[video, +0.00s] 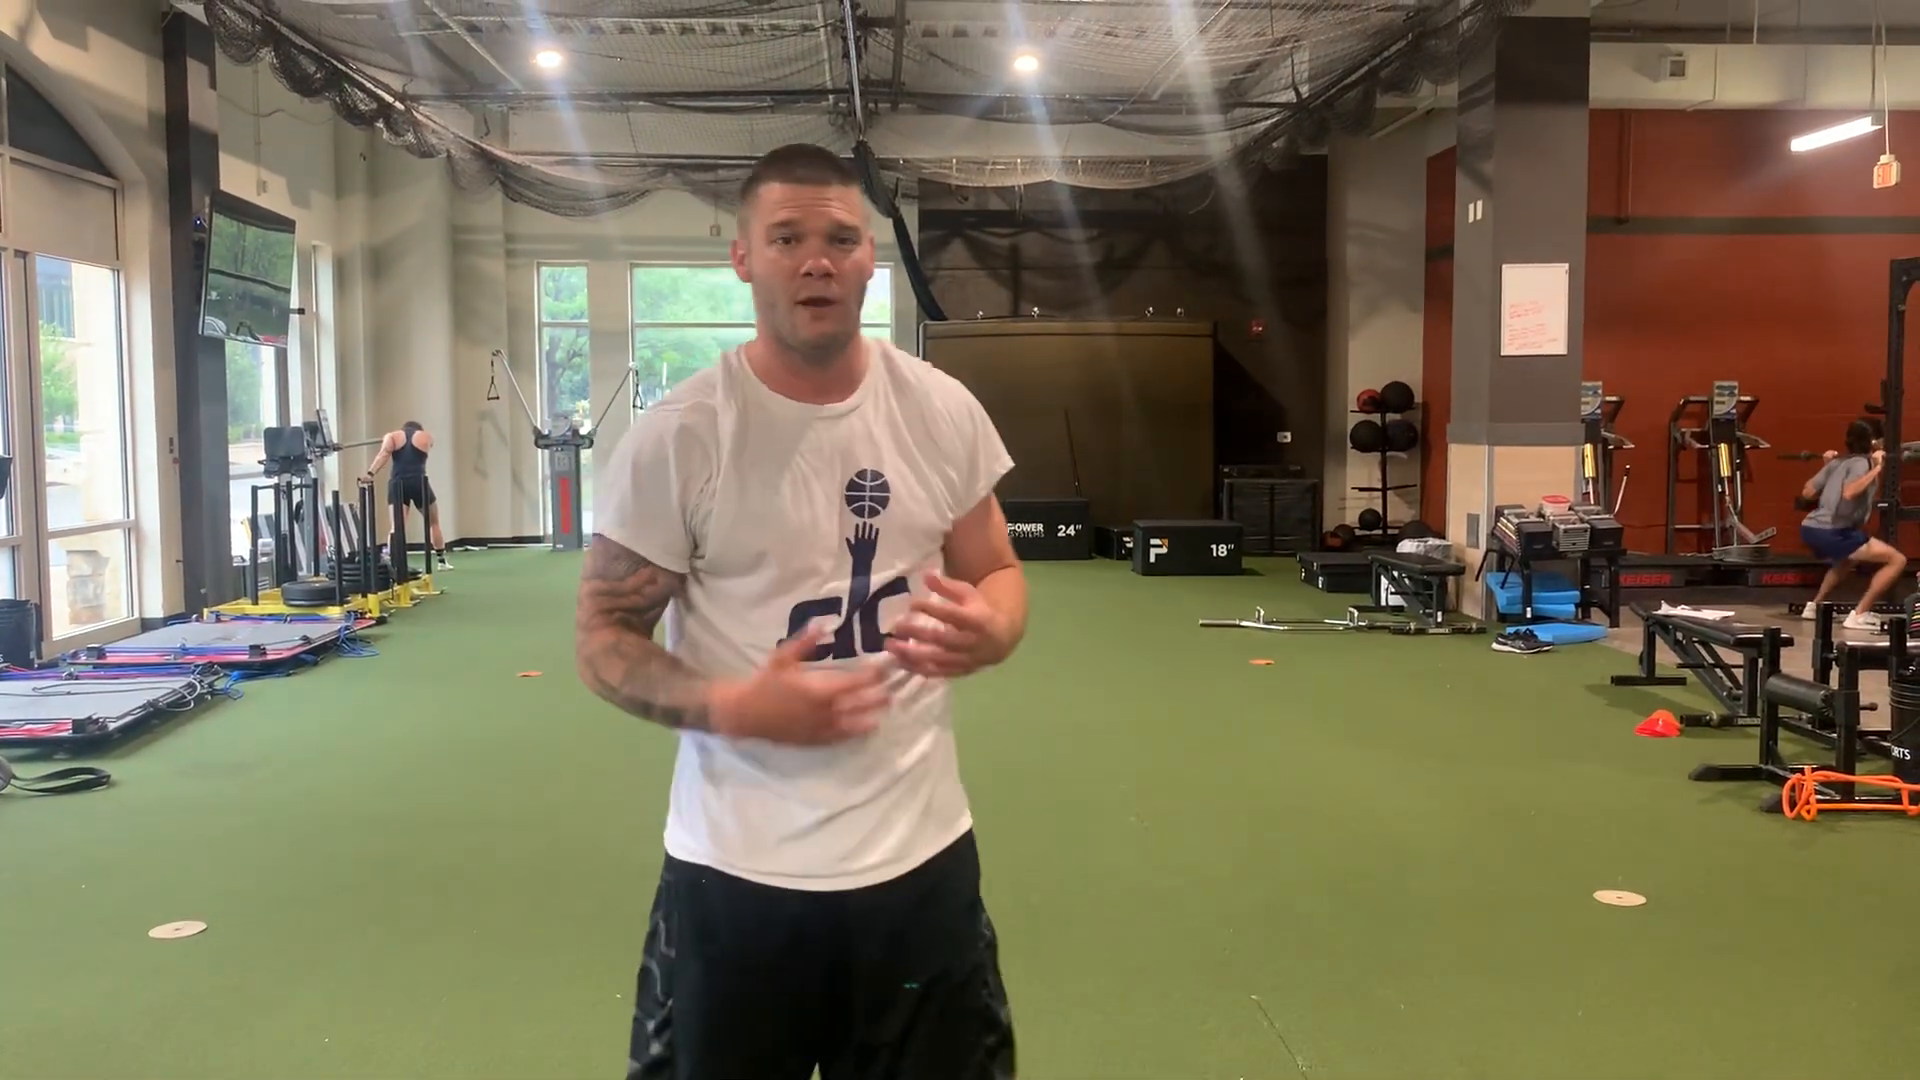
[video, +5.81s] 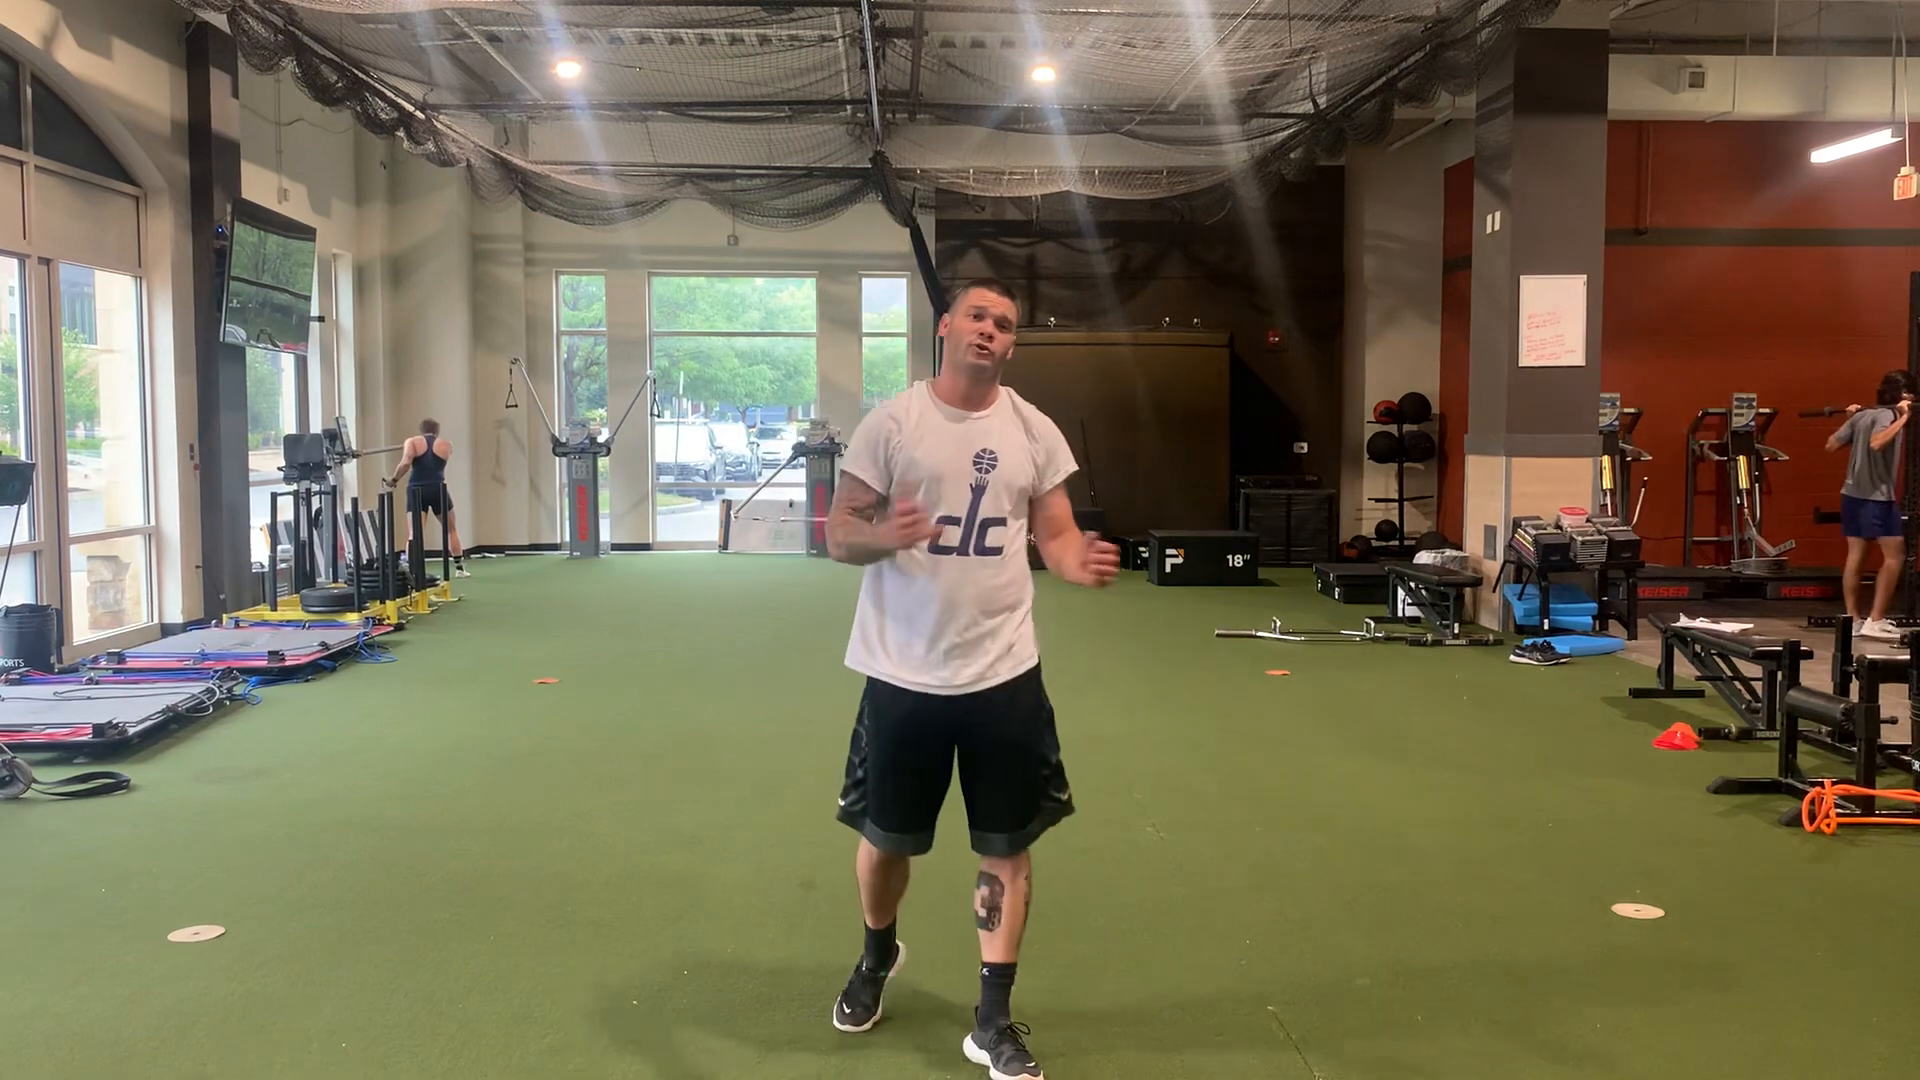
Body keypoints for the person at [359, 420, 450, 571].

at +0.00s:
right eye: (421, 430)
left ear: (403, 428)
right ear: (419, 429)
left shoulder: (392, 436)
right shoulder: (426, 436)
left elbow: (384, 455)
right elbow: (429, 445)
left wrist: (370, 473)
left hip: (397, 484)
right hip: (418, 483)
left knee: (396, 525)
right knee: (433, 522)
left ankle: (390, 559)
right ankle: (442, 560)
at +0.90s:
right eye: (418, 432)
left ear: (403, 429)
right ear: (418, 431)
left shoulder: (392, 436)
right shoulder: (426, 439)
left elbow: (384, 458)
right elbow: (424, 456)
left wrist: (378, 459)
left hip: (397, 485)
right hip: (419, 484)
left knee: (394, 528)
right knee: (432, 525)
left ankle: (388, 561)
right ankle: (440, 563)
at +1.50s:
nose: (423, 436)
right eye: (423, 433)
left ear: (405, 432)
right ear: (421, 432)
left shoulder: (394, 441)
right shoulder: (429, 443)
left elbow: (386, 464)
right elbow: (424, 465)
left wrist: (375, 480)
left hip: (400, 489)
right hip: (421, 488)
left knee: (397, 532)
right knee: (434, 528)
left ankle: (393, 567)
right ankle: (443, 567)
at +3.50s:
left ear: (408, 434)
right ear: (425, 435)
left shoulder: (399, 450)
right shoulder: (433, 452)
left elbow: (390, 473)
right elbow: (430, 470)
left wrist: (389, 463)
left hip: (405, 497)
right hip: (426, 495)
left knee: (402, 540)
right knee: (440, 536)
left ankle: (398, 573)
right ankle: (449, 574)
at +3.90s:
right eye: (428, 436)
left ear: (413, 437)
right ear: (430, 437)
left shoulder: (404, 453)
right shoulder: (438, 455)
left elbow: (396, 477)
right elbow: (434, 472)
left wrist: (388, 486)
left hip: (410, 499)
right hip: (431, 498)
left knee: (407, 543)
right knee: (445, 538)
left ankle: (403, 577)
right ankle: (454, 576)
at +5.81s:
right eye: (436, 431)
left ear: (421, 431)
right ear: (437, 431)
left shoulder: (412, 442)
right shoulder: (446, 445)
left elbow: (406, 463)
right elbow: (440, 465)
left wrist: (394, 480)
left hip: (416, 490)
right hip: (437, 489)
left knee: (414, 534)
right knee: (451, 530)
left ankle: (411, 570)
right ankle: (460, 567)